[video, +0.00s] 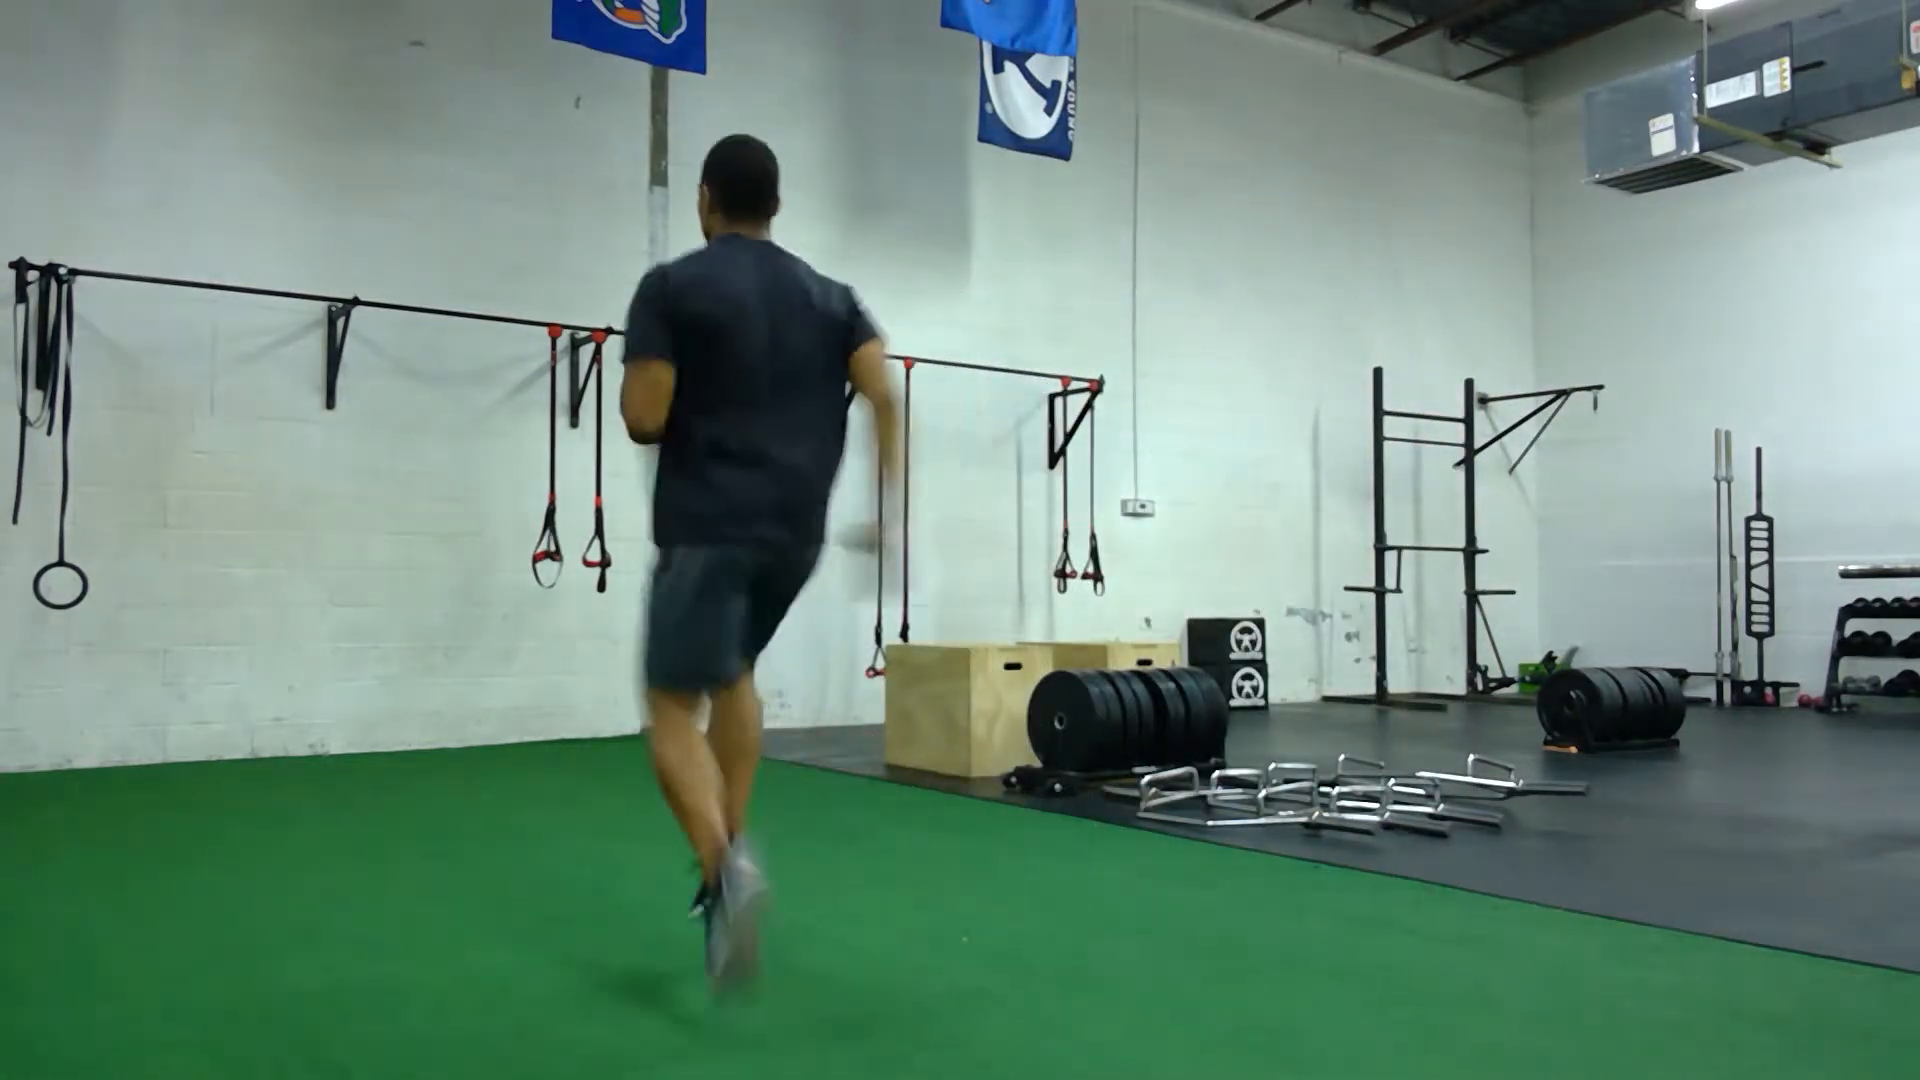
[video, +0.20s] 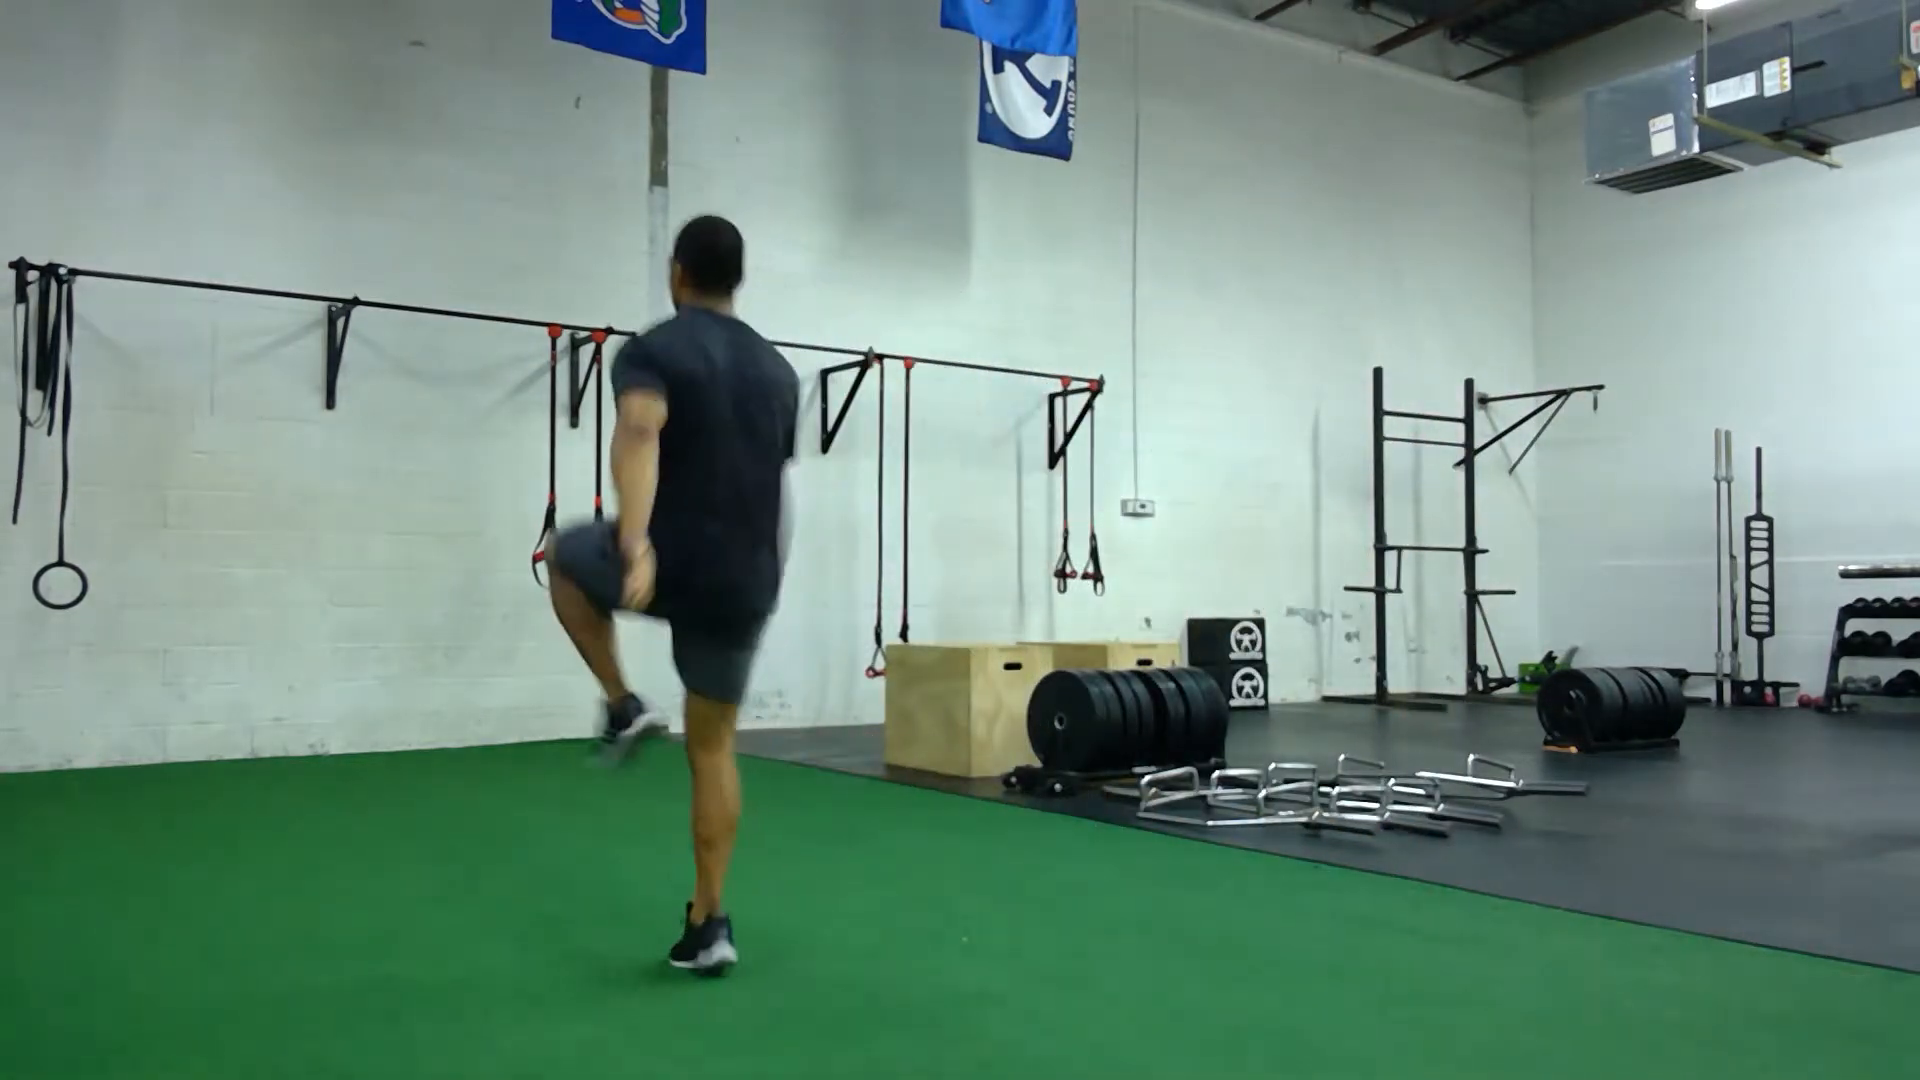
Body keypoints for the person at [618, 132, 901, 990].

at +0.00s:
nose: (703, 204)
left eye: (702, 193)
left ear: (705, 201)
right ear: (777, 208)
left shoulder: (672, 286)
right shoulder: (824, 293)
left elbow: (644, 417)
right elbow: (888, 395)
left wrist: (689, 397)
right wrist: (887, 507)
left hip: (707, 532)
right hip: (794, 535)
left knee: (671, 712)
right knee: (734, 679)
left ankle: (724, 865)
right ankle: (725, 860)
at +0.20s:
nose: (672, 275)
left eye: (673, 265)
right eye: (685, 264)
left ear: (677, 272)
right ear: (739, 279)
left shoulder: (655, 350)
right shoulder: (775, 370)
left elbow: (641, 433)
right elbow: (770, 471)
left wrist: (635, 541)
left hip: (661, 566)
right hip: (744, 583)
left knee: (563, 554)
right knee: (714, 742)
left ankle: (620, 700)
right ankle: (708, 921)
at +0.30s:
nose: (646, 248)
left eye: (646, 236)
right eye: (658, 237)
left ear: (653, 242)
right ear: (713, 248)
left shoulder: (634, 309)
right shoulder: (755, 335)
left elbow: (641, 382)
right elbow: (755, 451)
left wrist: (653, 504)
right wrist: (691, 468)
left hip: (633, 519)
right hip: (715, 537)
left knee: (550, 522)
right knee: (688, 704)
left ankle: (590, 677)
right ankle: (696, 871)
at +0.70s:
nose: (567, 321)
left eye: (568, 312)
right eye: (581, 314)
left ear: (573, 312)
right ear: (629, 320)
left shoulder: (554, 353)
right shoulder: (663, 395)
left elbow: (550, 401)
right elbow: (657, 485)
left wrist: (562, 477)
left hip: (545, 550)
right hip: (621, 572)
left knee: (506, 564)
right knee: (612, 709)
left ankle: (536, 700)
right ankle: (603, 860)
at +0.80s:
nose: (549, 341)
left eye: (546, 331)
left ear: (548, 334)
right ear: (604, 339)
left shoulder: (527, 383)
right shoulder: (637, 409)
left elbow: (515, 417)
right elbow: (629, 494)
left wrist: (527, 456)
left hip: (532, 572)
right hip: (605, 585)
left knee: (476, 563)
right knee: (595, 728)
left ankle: (505, 704)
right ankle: (593, 878)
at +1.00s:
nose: (494, 353)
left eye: (491, 343)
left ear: (488, 346)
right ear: (541, 349)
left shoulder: (464, 414)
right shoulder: (575, 411)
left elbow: (437, 522)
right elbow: (633, 474)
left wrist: (441, 496)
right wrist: (685, 543)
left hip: (491, 584)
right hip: (557, 586)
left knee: (462, 726)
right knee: (522, 609)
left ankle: (465, 874)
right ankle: (529, 678)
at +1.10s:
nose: (484, 352)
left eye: (478, 343)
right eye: (502, 343)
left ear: (475, 346)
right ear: (525, 346)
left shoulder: (448, 409)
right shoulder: (557, 404)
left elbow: (429, 493)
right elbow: (610, 452)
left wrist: (463, 457)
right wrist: (658, 514)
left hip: (470, 567)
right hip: (542, 561)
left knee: (453, 701)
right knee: (513, 606)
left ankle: (461, 832)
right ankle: (494, 700)